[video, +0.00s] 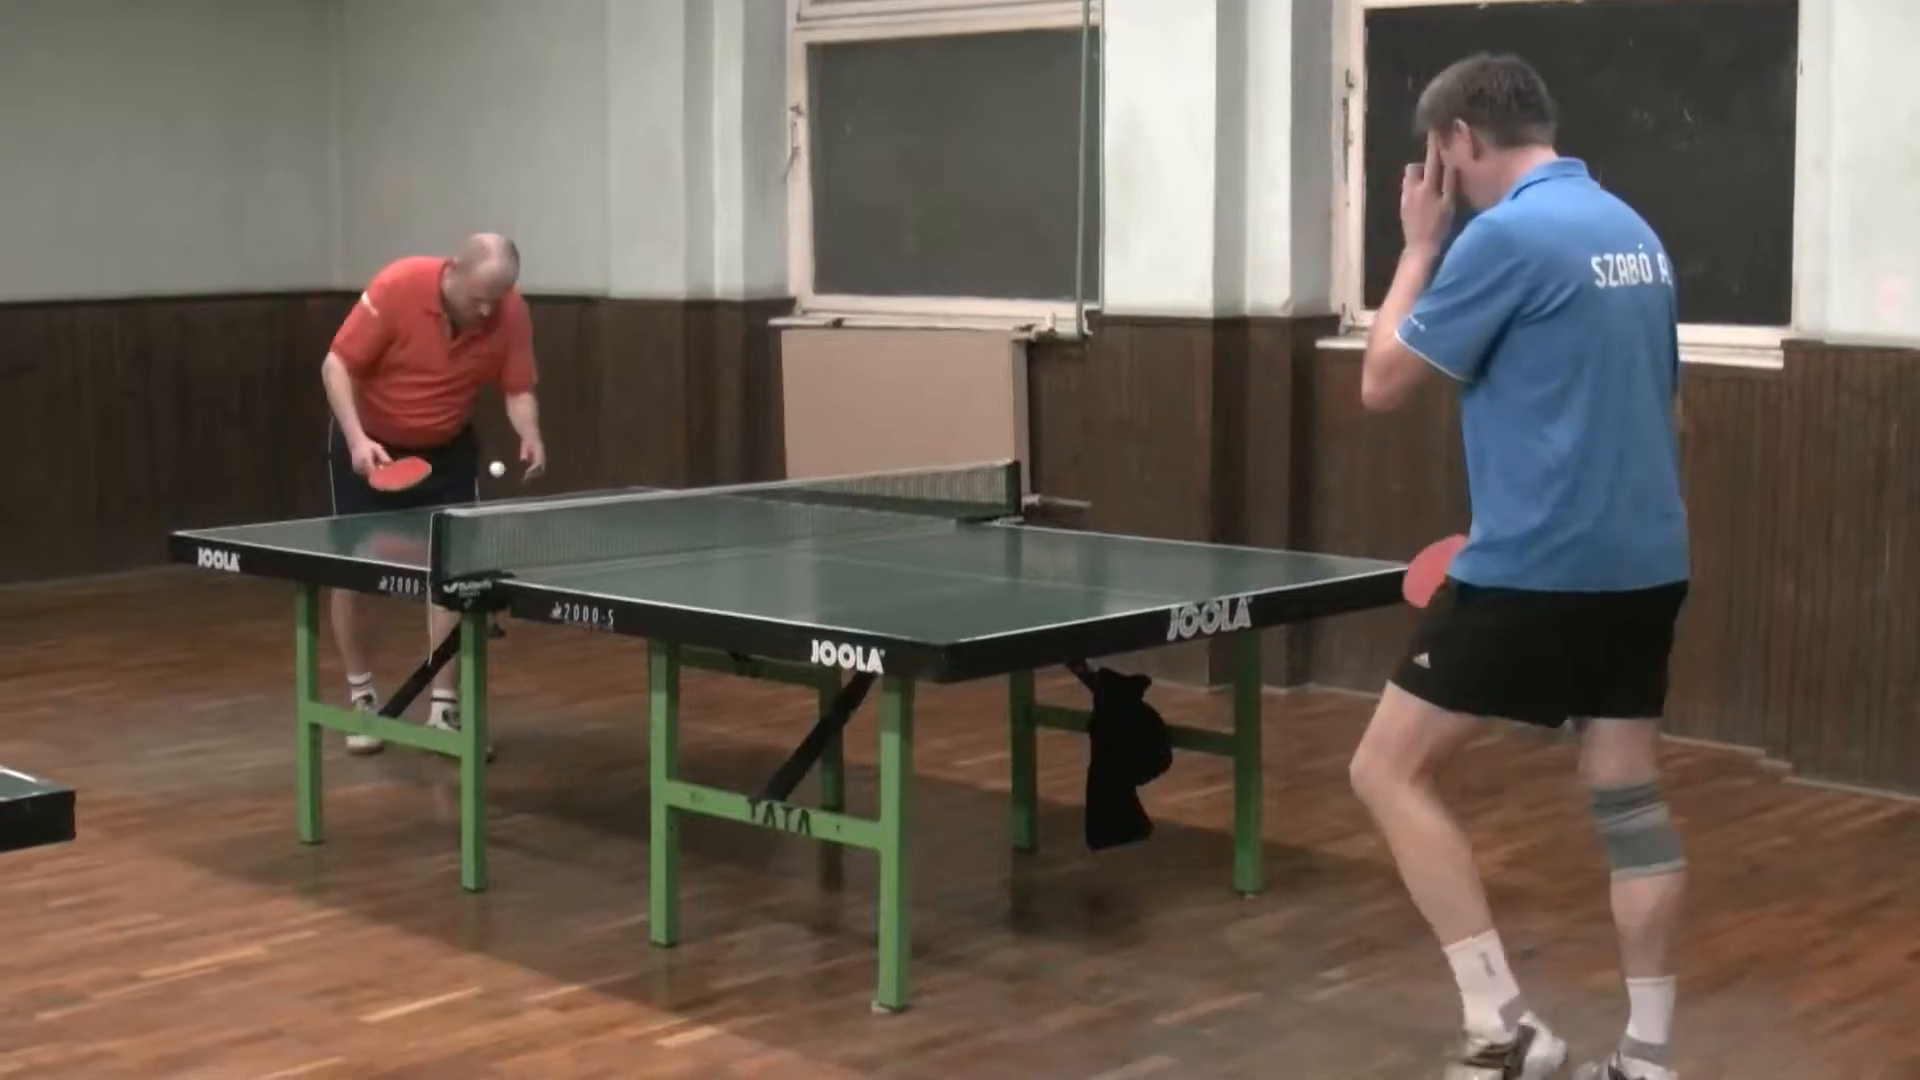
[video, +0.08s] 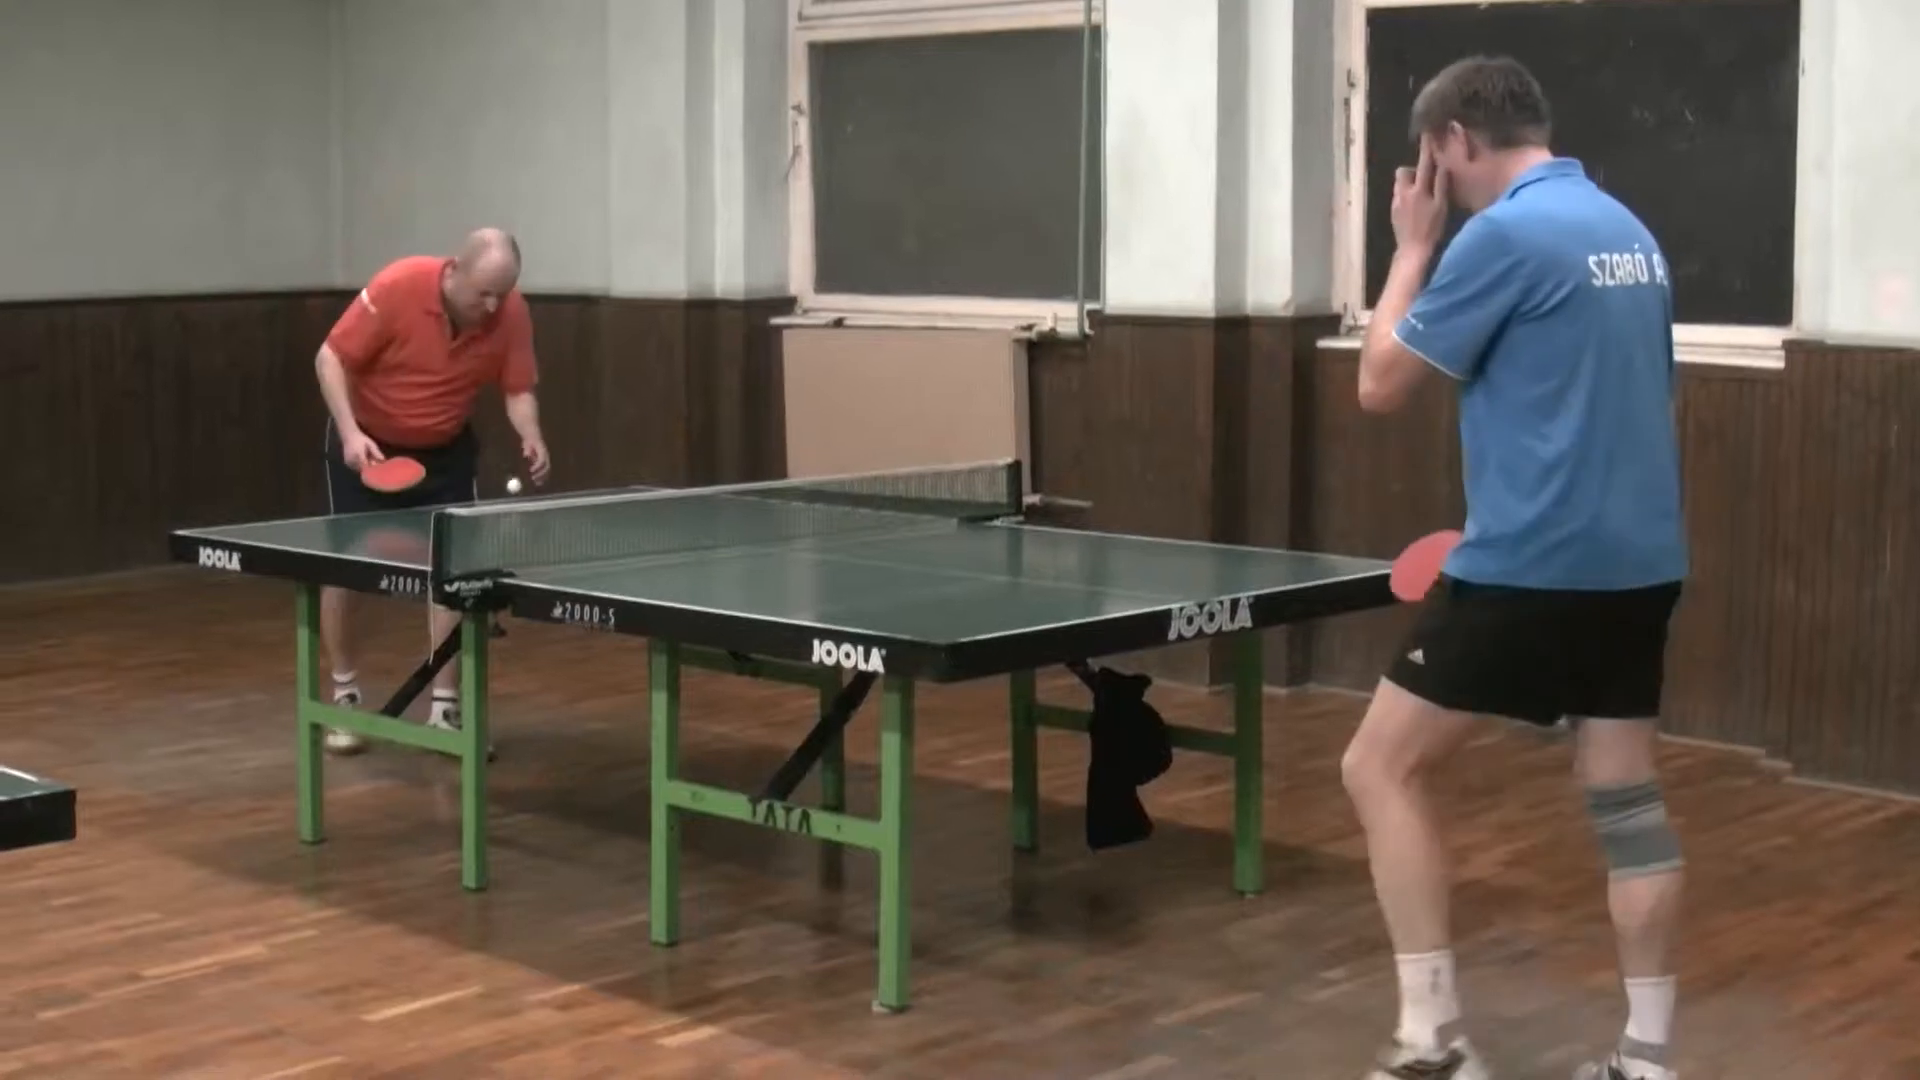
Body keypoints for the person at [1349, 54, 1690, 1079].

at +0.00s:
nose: (1441, 177)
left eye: (1438, 159)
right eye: (1436, 163)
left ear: (1463, 140)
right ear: (1545, 130)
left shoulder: (1507, 235)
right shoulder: (1632, 230)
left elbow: (1382, 382)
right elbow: (1655, 403)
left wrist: (1418, 247)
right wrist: (1505, 536)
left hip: (1533, 569)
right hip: (1646, 567)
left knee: (1387, 768)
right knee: (1629, 801)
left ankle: (1496, 1023)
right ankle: (1650, 1053)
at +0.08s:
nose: (1435, 180)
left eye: (1432, 161)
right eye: (1430, 166)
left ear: (1458, 142)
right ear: (1541, 133)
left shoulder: (1505, 235)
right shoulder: (1626, 229)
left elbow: (1380, 383)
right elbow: (1611, 410)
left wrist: (1411, 247)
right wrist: (1492, 538)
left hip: (1528, 568)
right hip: (1641, 566)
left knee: (1380, 766)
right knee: (1626, 799)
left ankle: (1428, 1035)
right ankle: (1650, 1053)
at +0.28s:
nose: (1400, 192)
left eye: (1397, 173)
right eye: (1397, 176)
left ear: (1419, 151)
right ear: (1497, 145)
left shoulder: (1454, 243)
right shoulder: (1586, 244)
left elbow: (1346, 414)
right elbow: (1623, 428)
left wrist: (1345, 317)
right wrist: (1472, 523)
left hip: (1488, 581)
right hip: (1610, 572)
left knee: (1389, 809)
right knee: (1610, 799)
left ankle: (1281, 1047)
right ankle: (1651, 1058)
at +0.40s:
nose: (1359, 193)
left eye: (1354, 173)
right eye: (1356, 175)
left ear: (1374, 158)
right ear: (1454, 153)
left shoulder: (1393, 253)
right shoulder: (1547, 250)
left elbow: (1320, 438)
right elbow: (1596, 433)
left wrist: (1285, 431)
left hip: (1438, 578)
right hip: (1565, 576)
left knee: (1336, 801)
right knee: (1575, 792)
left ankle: (1259, 1052)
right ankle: (1645, 1052)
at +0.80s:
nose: (1205, 230)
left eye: (1203, 214)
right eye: (1205, 215)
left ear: (1224, 202)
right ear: (1300, 187)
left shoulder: (1229, 279)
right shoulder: (1406, 259)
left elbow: (1205, 443)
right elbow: (1489, 443)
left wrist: (1229, 559)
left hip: (1337, 565)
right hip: (1470, 551)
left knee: (1245, 791)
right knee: (1489, 769)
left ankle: (1260, 1050)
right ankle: (1561, 1013)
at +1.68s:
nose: (1268, 284)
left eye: (1262, 266)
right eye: (1264, 268)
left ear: (1279, 253)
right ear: (1357, 239)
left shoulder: (1315, 318)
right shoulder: (1442, 294)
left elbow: (1317, 506)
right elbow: (1479, 454)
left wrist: (1290, 561)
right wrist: (1401, 570)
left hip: (1459, 564)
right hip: (1565, 551)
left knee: (1338, 785)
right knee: (1536, 765)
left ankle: (1275, 1043)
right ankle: (1583, 968)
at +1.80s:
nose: (1292, 285)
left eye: (1291, 267)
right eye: (1291, 268)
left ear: (1313, 262)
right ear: (1376, 247)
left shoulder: (1356, 325)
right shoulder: (1465, 295)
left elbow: (1372, 508)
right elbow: (1525, 466)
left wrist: (1320, 558)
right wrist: (1432, 566)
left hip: (1525, 556)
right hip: (1620, 538)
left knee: (1395, 781)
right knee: (1558, 742)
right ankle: (1587, 967)